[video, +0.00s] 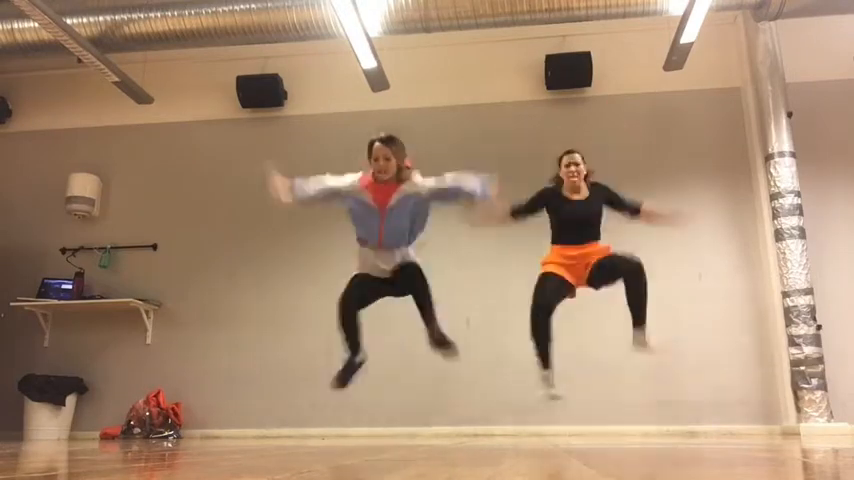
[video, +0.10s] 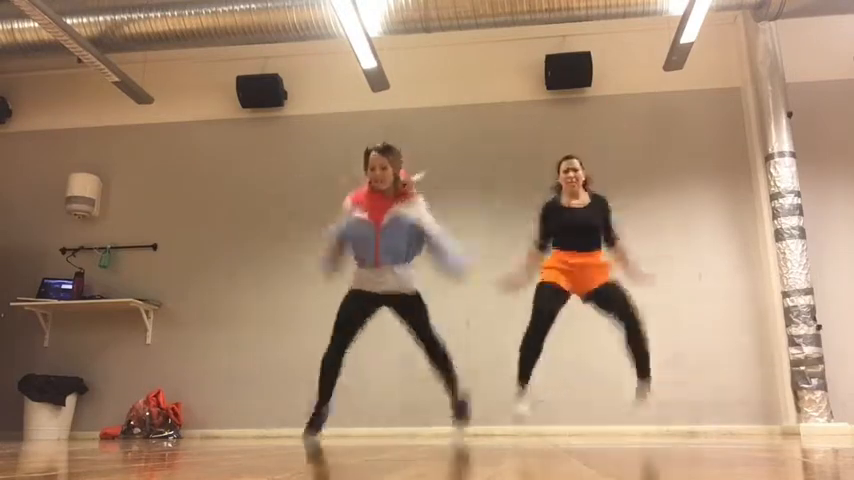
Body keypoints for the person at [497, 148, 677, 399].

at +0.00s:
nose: (573, 168)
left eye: (577, 164)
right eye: (568, 165)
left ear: (585, 168)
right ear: (560, 171)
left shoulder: (598, 191)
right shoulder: (550, 195)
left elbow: (630, 209)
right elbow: (521, 211)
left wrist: (667, 217)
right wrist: (499, 211)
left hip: (594, 262)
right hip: (561, 266)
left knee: (633, 266)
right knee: (540, 306)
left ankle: (639, 335)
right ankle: (546, 372)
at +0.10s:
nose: (572, 174)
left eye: (575, 170)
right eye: (566, 171)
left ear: (584, 175)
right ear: (559, 178)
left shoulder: (599, 204)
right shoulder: (551, 208)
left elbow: (612, 241)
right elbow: (539, 247)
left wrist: (631, 270)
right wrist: (524, 276)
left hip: (593, 273)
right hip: (558, 272)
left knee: (631, 317)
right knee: (539, 323)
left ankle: (644, 383)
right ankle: (522, 388)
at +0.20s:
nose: (574, 198)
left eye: (577, 193)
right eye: (568, 195)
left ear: (585, 197)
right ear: (561, 200)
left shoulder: (600, 228)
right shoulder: (553, 231)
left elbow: (613, 268)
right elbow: (543, 271)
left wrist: (636, 296)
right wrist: (516, 299)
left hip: (594, 295)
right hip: (559, 295)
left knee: (612, 356)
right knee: (549, 355)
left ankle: (630, 420)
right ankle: (515, 414)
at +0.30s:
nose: (574, 193)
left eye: (578, 188)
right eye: (569, 189)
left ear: (586, 190)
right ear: (561, 192)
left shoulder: (598, 215)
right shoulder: (550, 215)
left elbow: (624, 243)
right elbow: (520, 242)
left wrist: (660, 243)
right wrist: (482, 243)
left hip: (591, 285)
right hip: (556, 285)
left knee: (613, 348)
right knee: (538, 345)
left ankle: (632, 415)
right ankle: (515, 410)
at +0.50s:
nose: (569, 195)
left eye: (574, 190)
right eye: (564, 190)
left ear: (582, 193)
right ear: (556, 193)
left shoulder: (590, 208)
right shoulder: (545, 206)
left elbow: (625, 206)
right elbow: (523, 207)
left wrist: (621, 184)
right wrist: (534, 189)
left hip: (579, 279)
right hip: (548, 277)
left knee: (602, 310)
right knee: (539, 301)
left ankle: (600, 372)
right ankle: (537, 357)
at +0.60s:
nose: (567, 195)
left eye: (571, 190)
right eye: (562, 191)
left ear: (579, 194)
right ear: (554, 195)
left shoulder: (589, 221)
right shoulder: (545, 220)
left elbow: (599, 259)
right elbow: (544, 256)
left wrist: (601, 247)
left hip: (577, 285)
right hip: (547, 286)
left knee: (593, 337)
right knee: (547, 339)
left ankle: (595, 399)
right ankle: (540, 390)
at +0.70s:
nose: (564, 209)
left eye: (568, 205)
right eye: (559, 205)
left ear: (576, 212)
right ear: (551, 213)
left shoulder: (588, 241)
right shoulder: (543, 241)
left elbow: (595, 279)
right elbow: (544, 278)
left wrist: (595, 275)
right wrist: (564, 286)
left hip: (578, 308)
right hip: (547, 309)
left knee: (591, 361)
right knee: (542, 367)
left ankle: (592, 420)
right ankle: (531, 419)